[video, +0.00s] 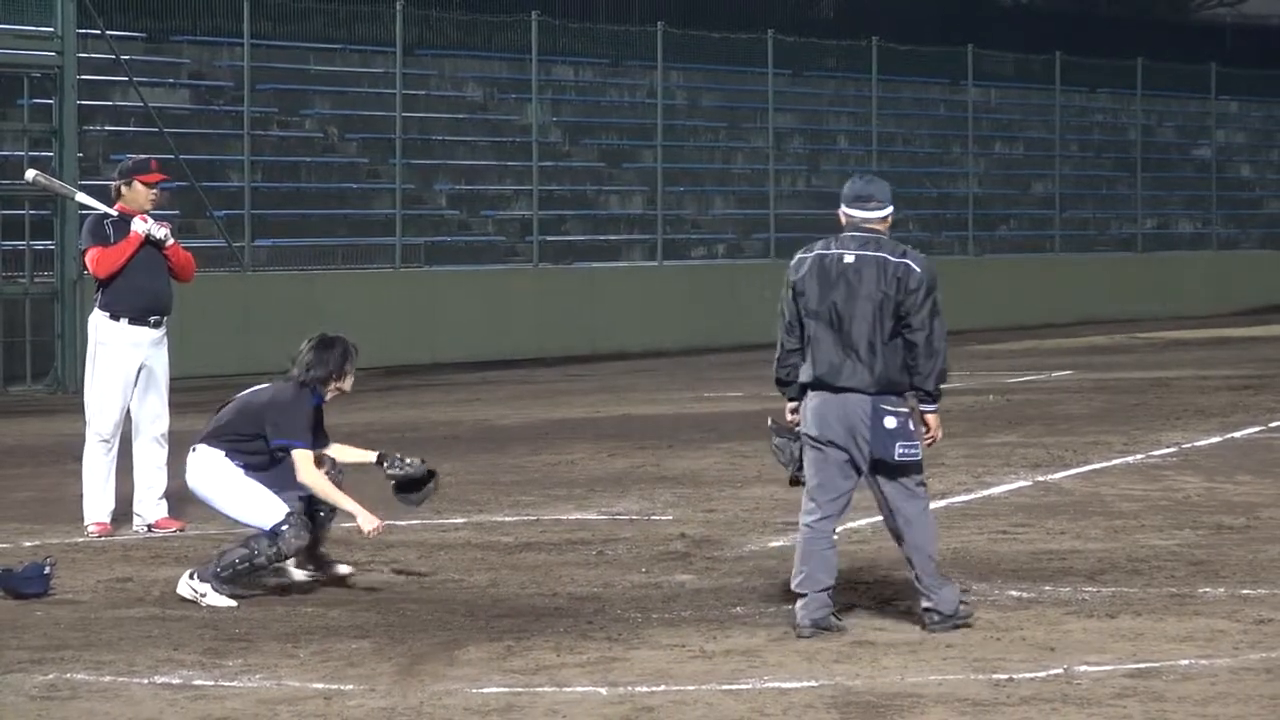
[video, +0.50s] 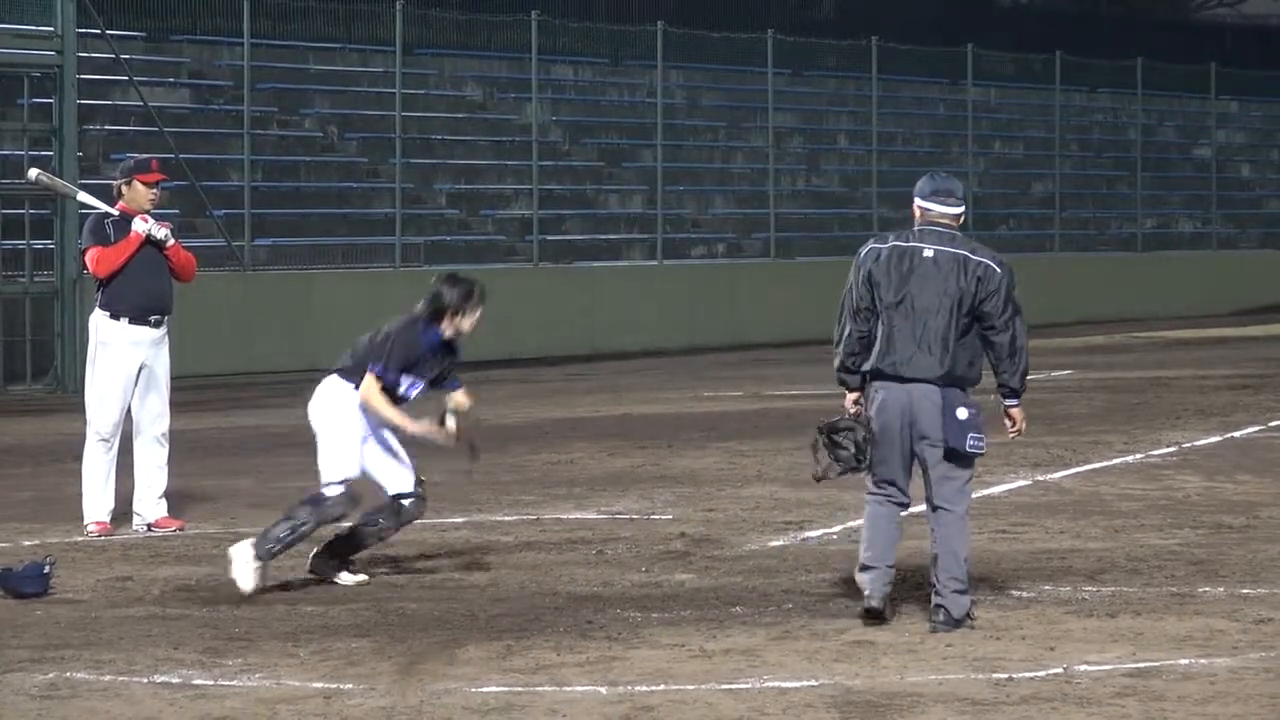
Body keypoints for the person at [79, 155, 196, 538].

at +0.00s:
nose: (156, 192)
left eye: (157, 187)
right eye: (149, 186)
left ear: (148, 190)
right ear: (125, 187)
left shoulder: (156, 228)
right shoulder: (100, 222)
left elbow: (187, 271)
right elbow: (99, 267)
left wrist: (167, 242)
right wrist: (137, 236)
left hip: (155, 335)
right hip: (114, 333)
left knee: (153, 427)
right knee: (104, 428)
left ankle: (151, 513)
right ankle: (98, 517)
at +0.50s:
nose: (156, 191)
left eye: (157, 186)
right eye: (149, 185)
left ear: (153, 190)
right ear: (125, 186)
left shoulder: (158, 228)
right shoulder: (101, 222)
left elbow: (188, 271)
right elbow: (99, 266)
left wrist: (168, 242)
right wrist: (138, 235)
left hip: (156, 335)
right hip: (115, 333)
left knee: (154, 427)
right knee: (104, 428)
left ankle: (151, 512)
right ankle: (98, 516)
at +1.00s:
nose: (164, 192)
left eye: (165, 186)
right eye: (157, 186)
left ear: (158, 190)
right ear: (132, 187)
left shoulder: (165, 228)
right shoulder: (109, 222)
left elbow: (194, 275)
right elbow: (106, 267)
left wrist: (176, 245)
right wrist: (146, 238)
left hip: (163, 336)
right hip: (121, 334)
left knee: (156, 428)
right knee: (107, 428)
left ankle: (151, 512)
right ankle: (98, 515)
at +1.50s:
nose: (186, 193)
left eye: (186, 186)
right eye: (180, 186)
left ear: (171, 189)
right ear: (156, 188)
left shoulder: (179, 229)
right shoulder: (126, 223)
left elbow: (207, 277)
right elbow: (129, 268)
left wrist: (194, 248)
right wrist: (167, 238)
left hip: (172, 336)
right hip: (134, 331)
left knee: (160, 429)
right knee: (124, 422)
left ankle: (150, 513)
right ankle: (103, 512)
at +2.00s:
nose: (206, 192)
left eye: (206, 186)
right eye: (200, 186)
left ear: (189, 190)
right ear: (177, 189)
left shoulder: (199, 233)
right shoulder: (146, 222)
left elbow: (215, 270)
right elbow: (127, 272)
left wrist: (220, 287)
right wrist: (183, 282)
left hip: (182, 335)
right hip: (147, 330)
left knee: (167, 427)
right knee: (159, 425)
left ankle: (147, 515)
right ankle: (181, 513)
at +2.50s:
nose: (222, 188)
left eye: (221, 182)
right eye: (216, 182)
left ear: (203, 186)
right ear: (193, 186)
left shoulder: (215, 227)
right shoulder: (167, 225)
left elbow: (219, 276)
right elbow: (153, 281)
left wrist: (228, 316)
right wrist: (176, 325)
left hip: (215, 337)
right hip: (178, 336)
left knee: (221, 421)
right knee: (175, 427)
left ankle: (192, 502)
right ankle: (178, 514)